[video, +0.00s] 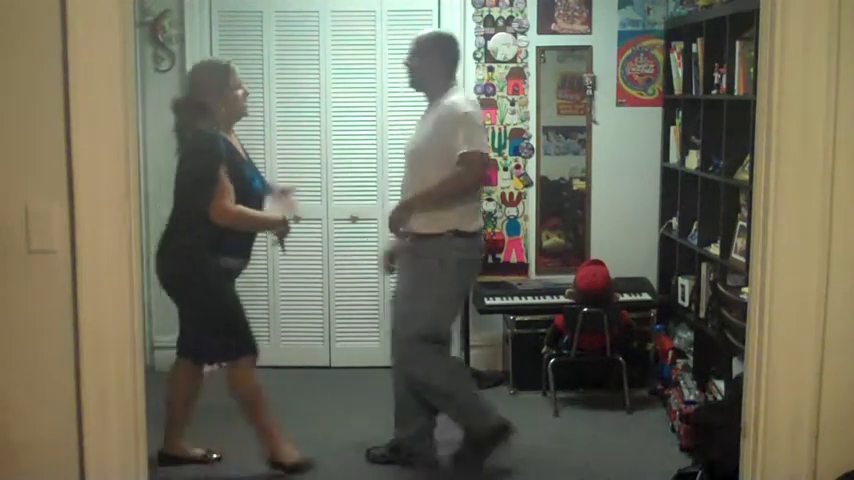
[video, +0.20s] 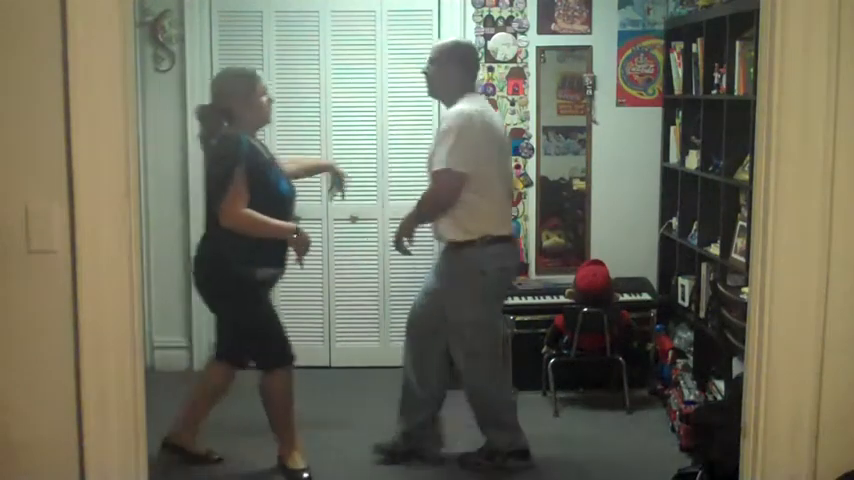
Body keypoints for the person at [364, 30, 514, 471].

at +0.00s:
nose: (407, 63)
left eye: (415, 55)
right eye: (409, 56)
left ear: (441, 61)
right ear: (436, 63)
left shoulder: (461, 110)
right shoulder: (434, 116)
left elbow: (473, 173)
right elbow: (434, 190)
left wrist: (410, 205)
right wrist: (404, 243)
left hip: (448, 247)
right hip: (425, 246)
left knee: (417, 346)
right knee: (409, 345)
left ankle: (485, 426)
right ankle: (412, 444)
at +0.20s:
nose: (426, 74)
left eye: (432, 66)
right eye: (427, 66)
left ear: (456, 70)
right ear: (464, 71)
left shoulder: (464, 116)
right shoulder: (480, 114)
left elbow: (446, 189)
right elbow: (499, 193)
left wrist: (409, 222)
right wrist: (433, 216)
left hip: (477, 255)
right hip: (472, 253)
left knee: (477, 349)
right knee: (424, 329)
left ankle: (506, 444)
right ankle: (418, 436)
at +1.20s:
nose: (418, 86)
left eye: (426, 77)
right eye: (413, 78)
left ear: (446, 80)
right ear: (409, 83)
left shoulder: (487, 125)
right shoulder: (405, 141)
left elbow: (533, 174)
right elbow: (394, 203)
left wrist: (504, 231)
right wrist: (390, 253)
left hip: (475, 261)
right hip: (424, 256)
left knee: (451, 360)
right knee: (395, 336)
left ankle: (446, 443)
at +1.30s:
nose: (442, 73)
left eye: (448, 64)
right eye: (432, 65)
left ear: (456, 67)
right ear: (416, 70)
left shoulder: (482, 114)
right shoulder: (395, 127)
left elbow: (511, 169)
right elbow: (378, 194)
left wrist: (500, 211)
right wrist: (411, 234)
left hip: (468, 247)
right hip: (415, 245)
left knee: (461, 348)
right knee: (419, 335)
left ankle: (434, 439)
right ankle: (387, 389)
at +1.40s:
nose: (465, 64)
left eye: (465, 56)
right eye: (455, 56)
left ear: (459, 64)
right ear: (426, 62)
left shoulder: (466, 113)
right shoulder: (398, 119)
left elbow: (481, 166)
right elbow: (378, 186)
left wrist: (479, 210)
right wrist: (447, 215)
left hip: (447, 245)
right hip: (406, 243)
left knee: (447, 344)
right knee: (433, 343)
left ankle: (402, 434)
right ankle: (386, 432)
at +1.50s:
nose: (462, 68)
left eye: (460, 59)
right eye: (456, 59)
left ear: (427, 63)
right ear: (439, 64)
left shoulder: (432, 117)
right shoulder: (416, 115)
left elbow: (423, 188)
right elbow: (394, 185)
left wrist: (464, 217)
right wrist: (461, 213)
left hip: (415, 244)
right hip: (405, 246)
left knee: (417, 348)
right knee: (426, 349)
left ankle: (401, 449)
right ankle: (409, 453)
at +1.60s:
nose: (447, 76)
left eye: (440, 66)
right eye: (447, 69)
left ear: (410, 68)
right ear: (446, 72)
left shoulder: (383, 113)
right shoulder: (443, 117)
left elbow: (378, 179)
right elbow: (439, 190)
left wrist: (439, 217)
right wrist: (469, 229)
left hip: (365, 245)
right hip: (408, 252)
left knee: (378, 349)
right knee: (412, 353)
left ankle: (393, 439)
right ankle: (397, 457)